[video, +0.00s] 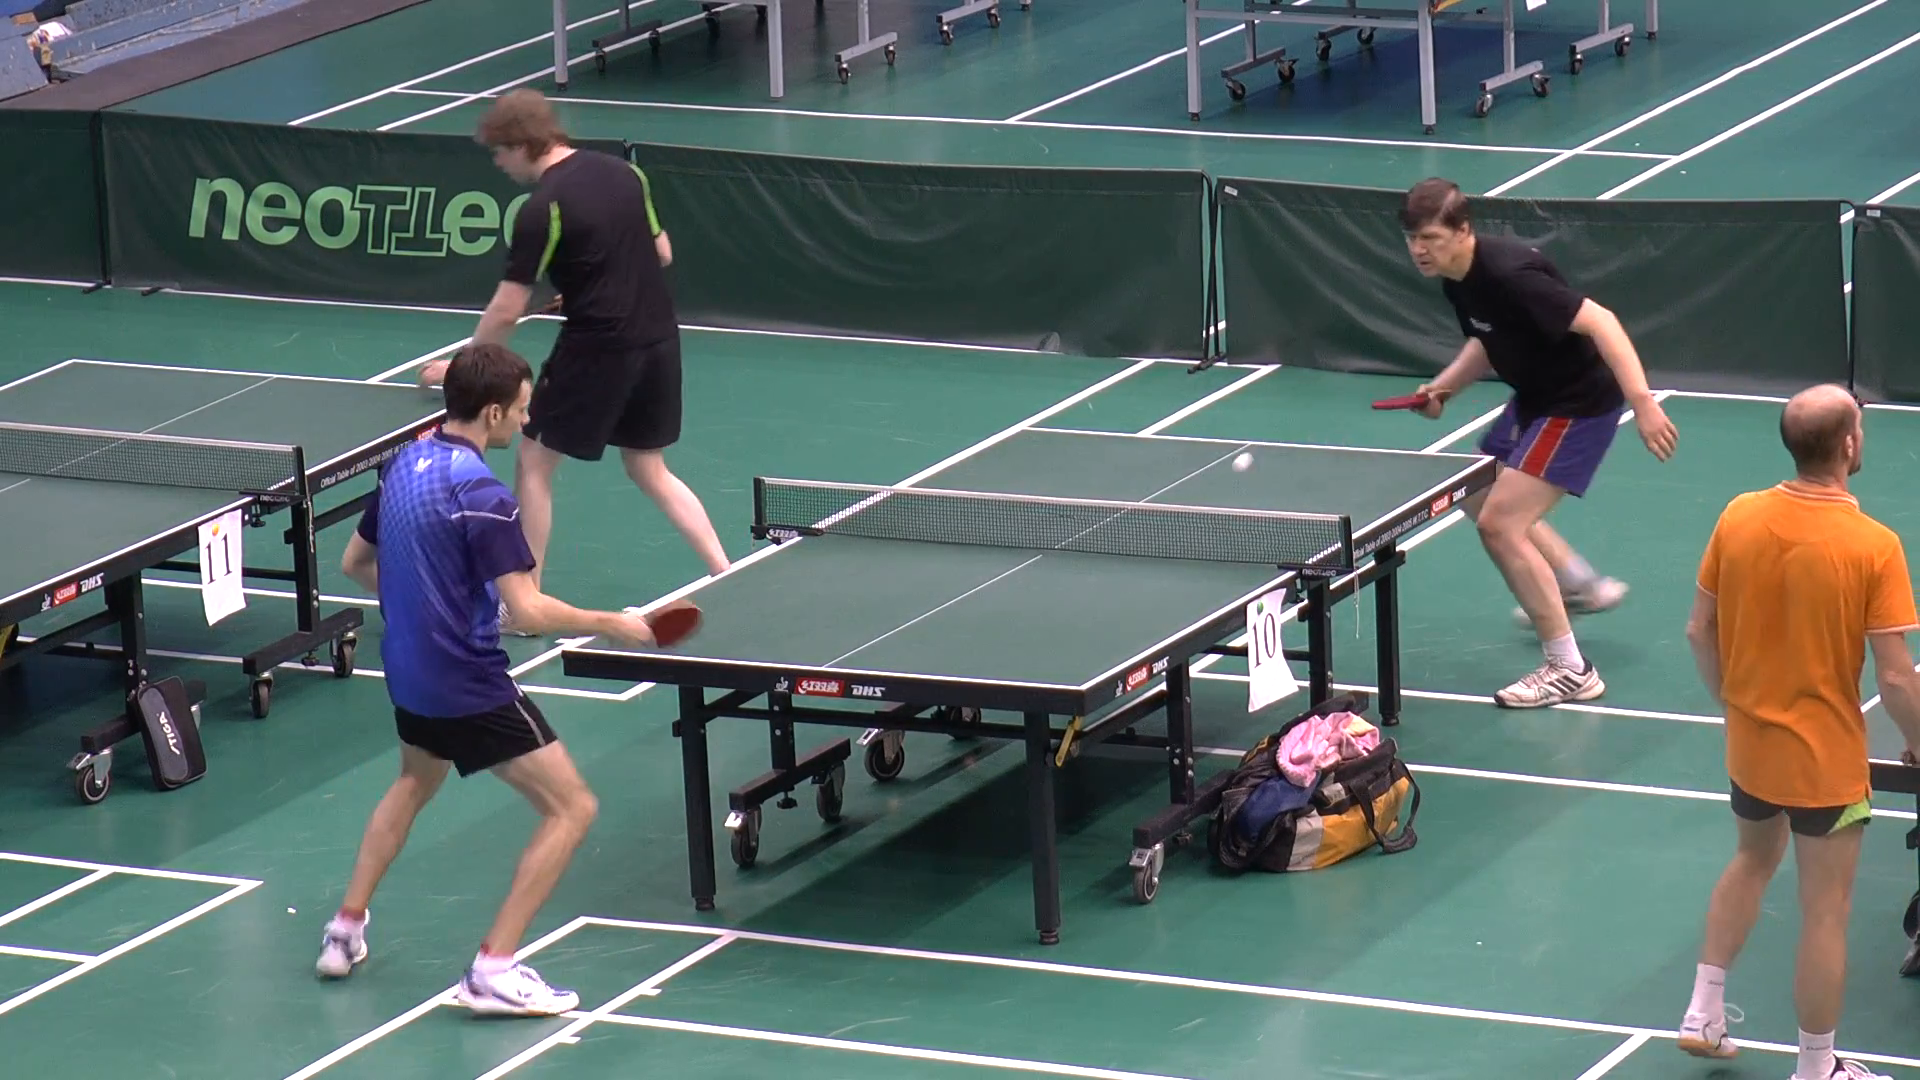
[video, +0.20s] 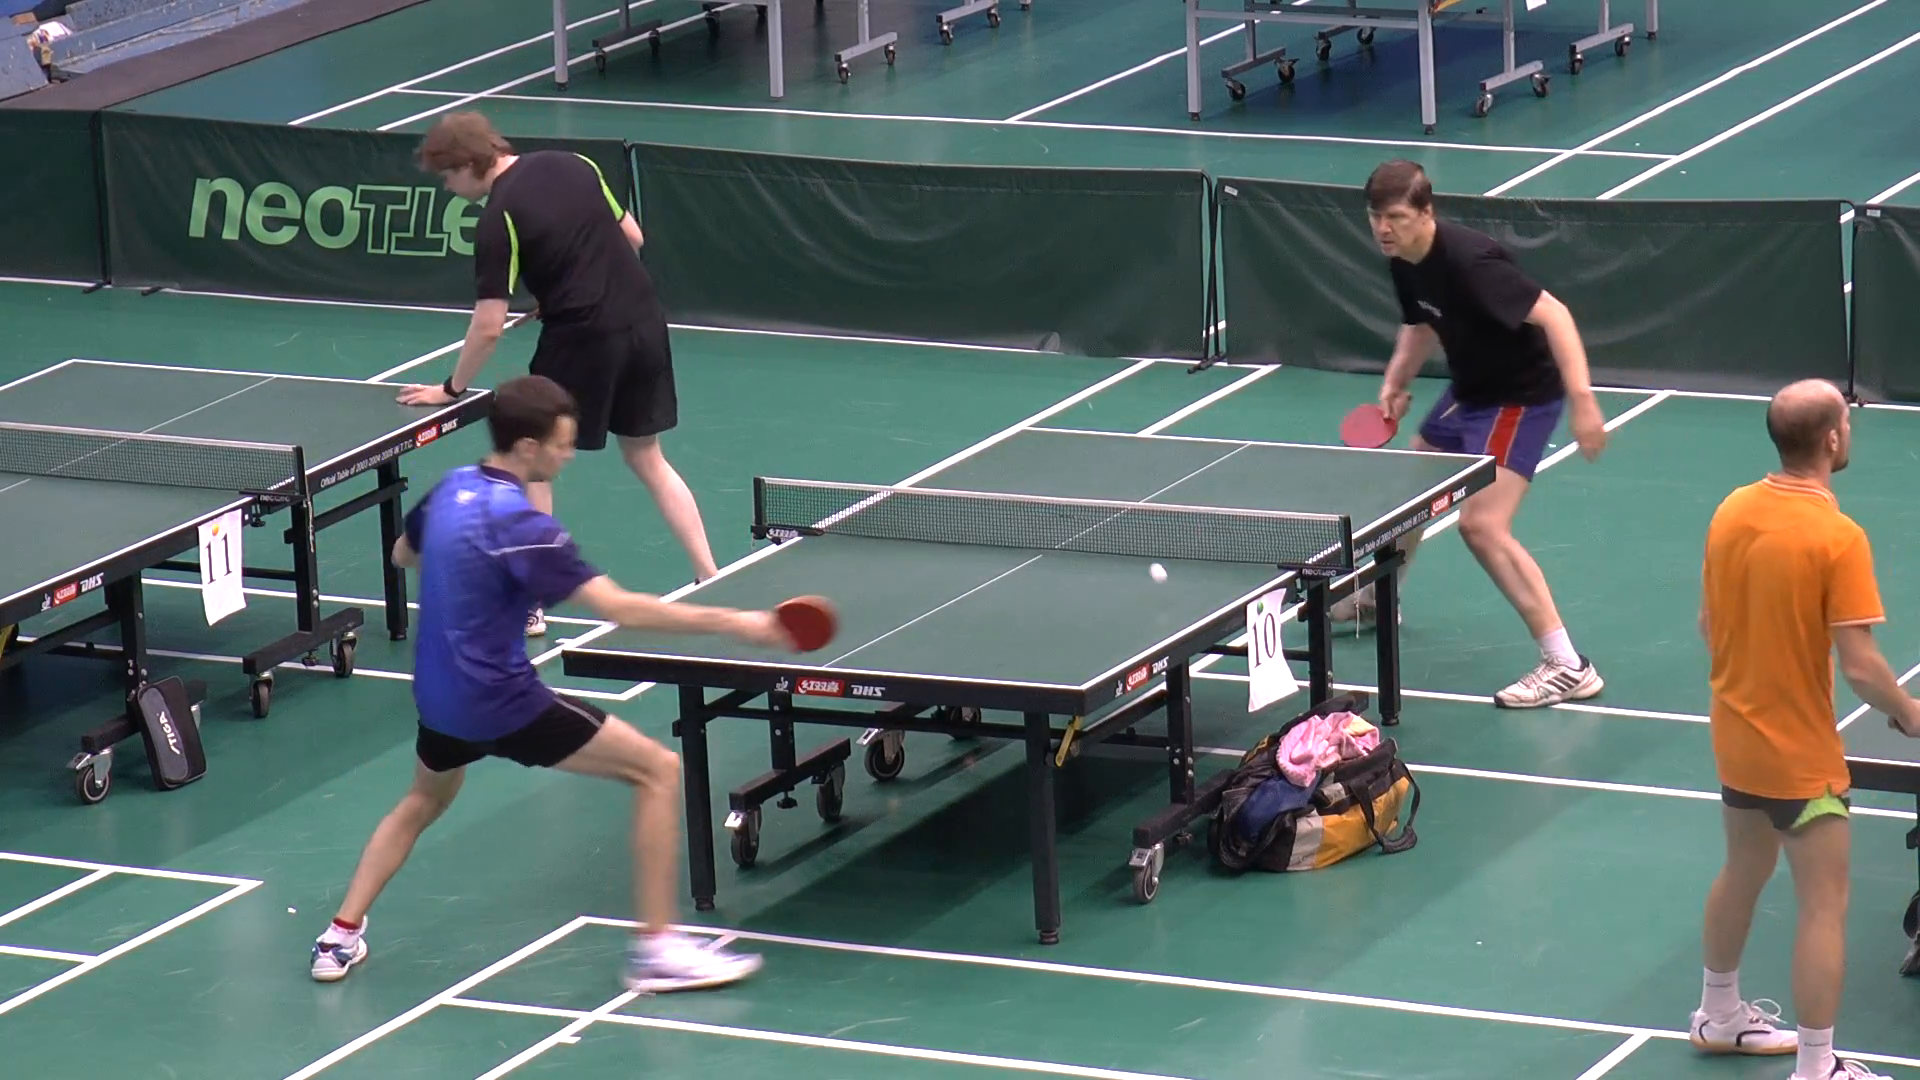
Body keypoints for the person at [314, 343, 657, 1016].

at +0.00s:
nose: (524, 418)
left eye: (524, 406)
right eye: (521, 406)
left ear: (458, 402)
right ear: (493, 410)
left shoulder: (404, 460)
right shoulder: (481, 490)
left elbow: (357, 562)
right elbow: (525, 609)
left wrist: (424, 595)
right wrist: (613, 623)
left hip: (408, 676)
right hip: (469, 686)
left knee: (416, 778)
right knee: (572, 808)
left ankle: (346, 926)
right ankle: (495, 966)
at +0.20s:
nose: (568, 456)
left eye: (568, 444)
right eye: (563, 445)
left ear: (512, 442)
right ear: (525, 445)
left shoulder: (451, 488)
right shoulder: (528, 525)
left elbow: (404, 553)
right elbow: (620, 608)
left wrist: (496, 581)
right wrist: (735, 621)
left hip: (438, 702)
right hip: (503, 706)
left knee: (421, 802)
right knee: (658, 769)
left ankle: (340, 933)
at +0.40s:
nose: (737, 469)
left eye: (739, 456)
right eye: (732, 457)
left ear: (669, 442)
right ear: (693, 450)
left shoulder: (596, 472)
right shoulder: (695, 523)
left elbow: (497, 503)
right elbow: (810, 594)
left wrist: (442, 526)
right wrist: (920, 600)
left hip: (544, 688)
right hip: (622, 697)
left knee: (458, 793)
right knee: (766, 779)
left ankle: (359, 924)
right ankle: (859, 938)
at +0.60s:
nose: (883, 492)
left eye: (882, 481)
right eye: (882, 483)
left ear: (814, 468)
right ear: (865, 485)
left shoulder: (742, 501)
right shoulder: (849, 560)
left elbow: (628, 535)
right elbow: (954, 625)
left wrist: (517, 564)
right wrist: (1035, 611)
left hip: (656, 704)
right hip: (743, 719)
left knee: (552, 812)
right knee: (902, 768)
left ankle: (449, 935)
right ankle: (887, 939)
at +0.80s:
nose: (906, 472)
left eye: (897, 458)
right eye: (908, 464)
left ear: (841, 450)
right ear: (897, 472)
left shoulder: (770, 495)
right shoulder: (889, 546)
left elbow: (671, 555)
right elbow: (968, 618)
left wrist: (569, 609)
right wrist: (1018, 606)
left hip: (701, 704)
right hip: (795, 719)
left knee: (607, 816)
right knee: (926, 764)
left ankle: (510, 958)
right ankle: (891, 939)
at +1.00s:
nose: (853, 445)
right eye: (856, 439)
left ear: (791, 431)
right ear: (851, 446)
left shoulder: (727, 487)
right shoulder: (854, 526)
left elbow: (632, 566)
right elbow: (918, 645)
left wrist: (563, 625)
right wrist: (956, 621)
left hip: (688, 702)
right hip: (782, 709)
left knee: (614, 823)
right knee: (884, 770)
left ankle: (558, 969)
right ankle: (910, 946)